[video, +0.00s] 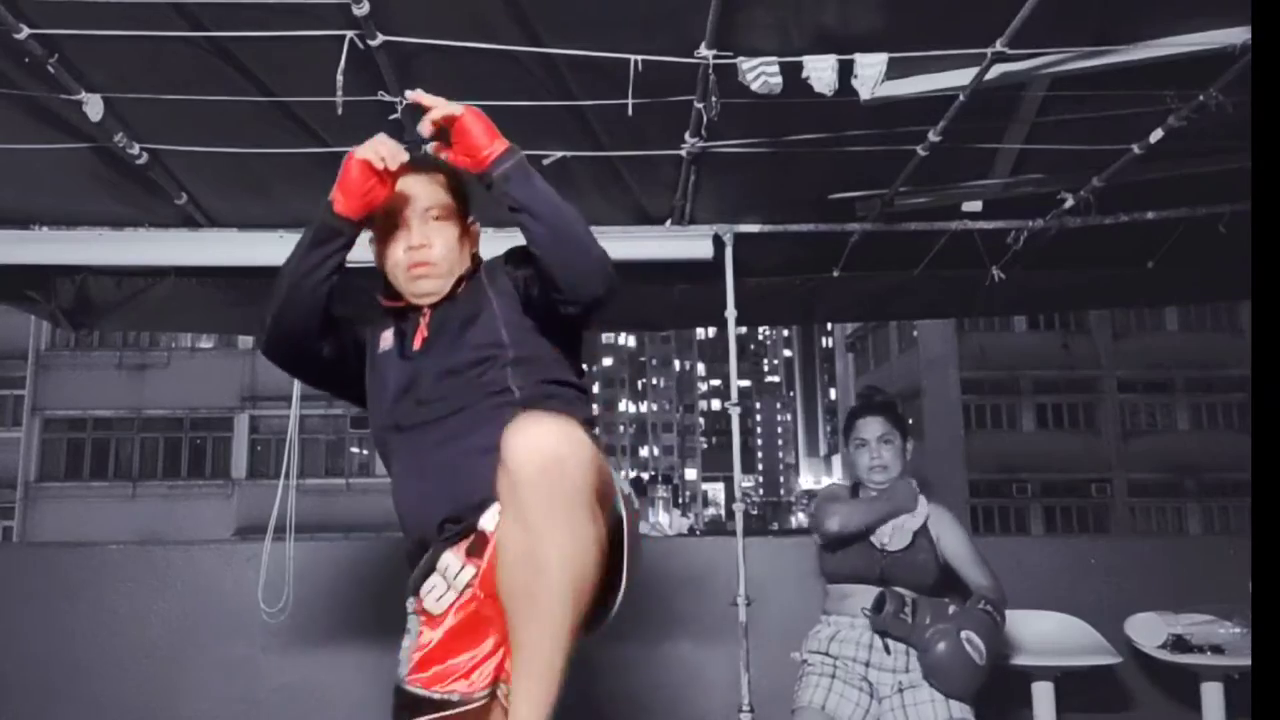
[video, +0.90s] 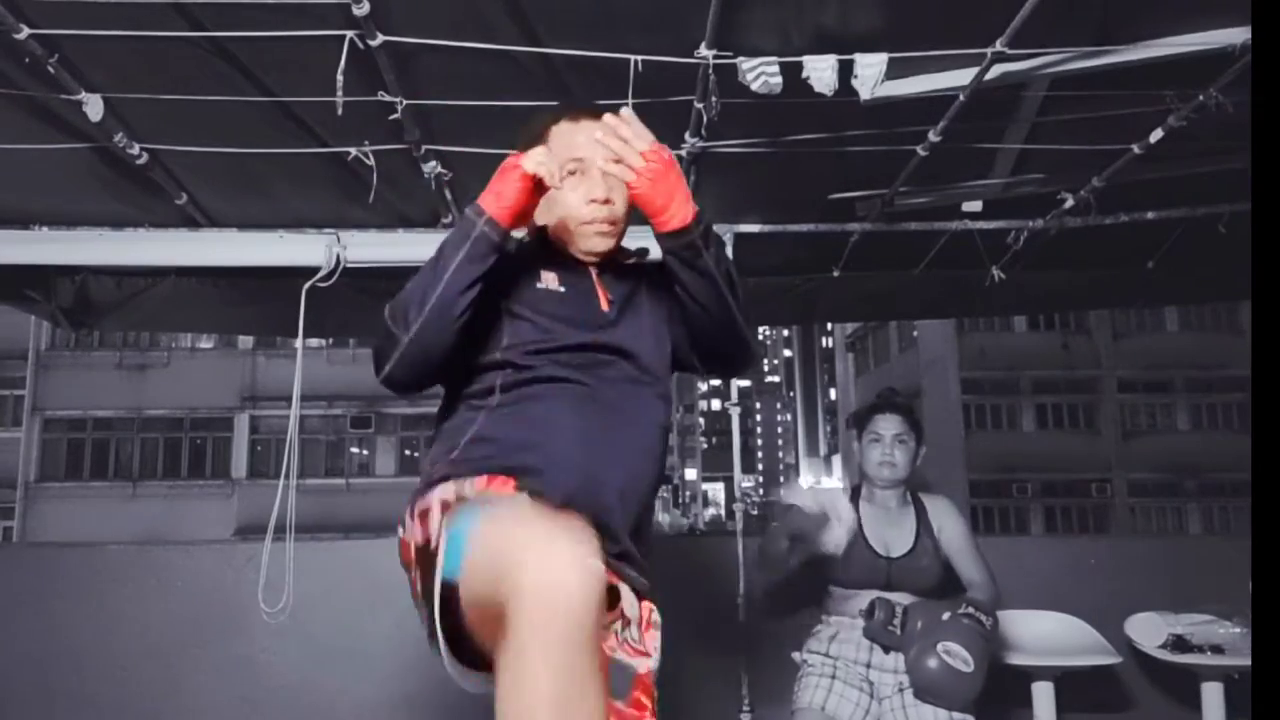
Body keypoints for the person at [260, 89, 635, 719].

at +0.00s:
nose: (415, 239)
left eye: (435, 218)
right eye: (394, 226)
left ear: (470, 235)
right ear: (376, 250)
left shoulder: (521, 287)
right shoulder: (370, 345)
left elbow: (589, 280)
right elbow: (286, 338)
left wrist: (500, 160)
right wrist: (341, 216)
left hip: (558, 518)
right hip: (451, 566)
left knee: (541, 441)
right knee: (441, 706)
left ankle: (528, 712)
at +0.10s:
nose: (429, 218)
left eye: (448, 199)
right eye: (408, 203)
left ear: (479, 221)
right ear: (387, 230)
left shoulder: (532, 275)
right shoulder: (370, 322)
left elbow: (597, 269)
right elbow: (283, 327)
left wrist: (506, 151)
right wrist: (344, 200)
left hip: (546, 528)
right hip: (438, 572)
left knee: (606, 484)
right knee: (429, 706)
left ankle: (548, 713)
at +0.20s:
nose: (456, 204)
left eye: (475, 190)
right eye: (437, 189)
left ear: (500, 207)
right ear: (406, 208)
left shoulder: (547, 270)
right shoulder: (378, 309)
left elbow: (623, 274)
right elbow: (295, 313)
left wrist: (532, 155)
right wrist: (380, 182)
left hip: (559, 526)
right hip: (438, 577)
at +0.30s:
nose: (480, 194)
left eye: (499, 180)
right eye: (461, 180)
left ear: (522, 199)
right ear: (427, 202)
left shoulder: (566, 275)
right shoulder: (392, 289)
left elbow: (647, 292)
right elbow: (321, 300)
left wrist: (560, 167)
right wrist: (411, 171)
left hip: (577, 554)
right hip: (439, 581)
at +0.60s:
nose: (571, 203)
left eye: (589, 180)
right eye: (545, 184)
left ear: (615, 200)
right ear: (512, 206)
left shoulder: (646, 292)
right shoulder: (479, 285)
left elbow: (725, 329)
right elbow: (383, 362)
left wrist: (657, 208)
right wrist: (480, 209)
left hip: (605, 550)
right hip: (482, 513)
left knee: (603, 706)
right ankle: (501, 711)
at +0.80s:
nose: (586, 204)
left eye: (605, 182)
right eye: (561, 183)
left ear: (631, 201)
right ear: (526, 204)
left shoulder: (655, 291)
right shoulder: (490, 277)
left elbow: (723, 356)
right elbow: (405, 356)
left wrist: (678, 225)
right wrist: (497, 202)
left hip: (608, 545)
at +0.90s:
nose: (601, 192)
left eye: (616, 171)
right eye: (574, 171)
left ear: (637, 189)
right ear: (536, 194)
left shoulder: (658, 288)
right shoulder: (497, 269)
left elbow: (732, 353)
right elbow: (400, 368)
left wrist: (680, 221)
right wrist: (491, 217)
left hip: (611, 559)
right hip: (480, 512)